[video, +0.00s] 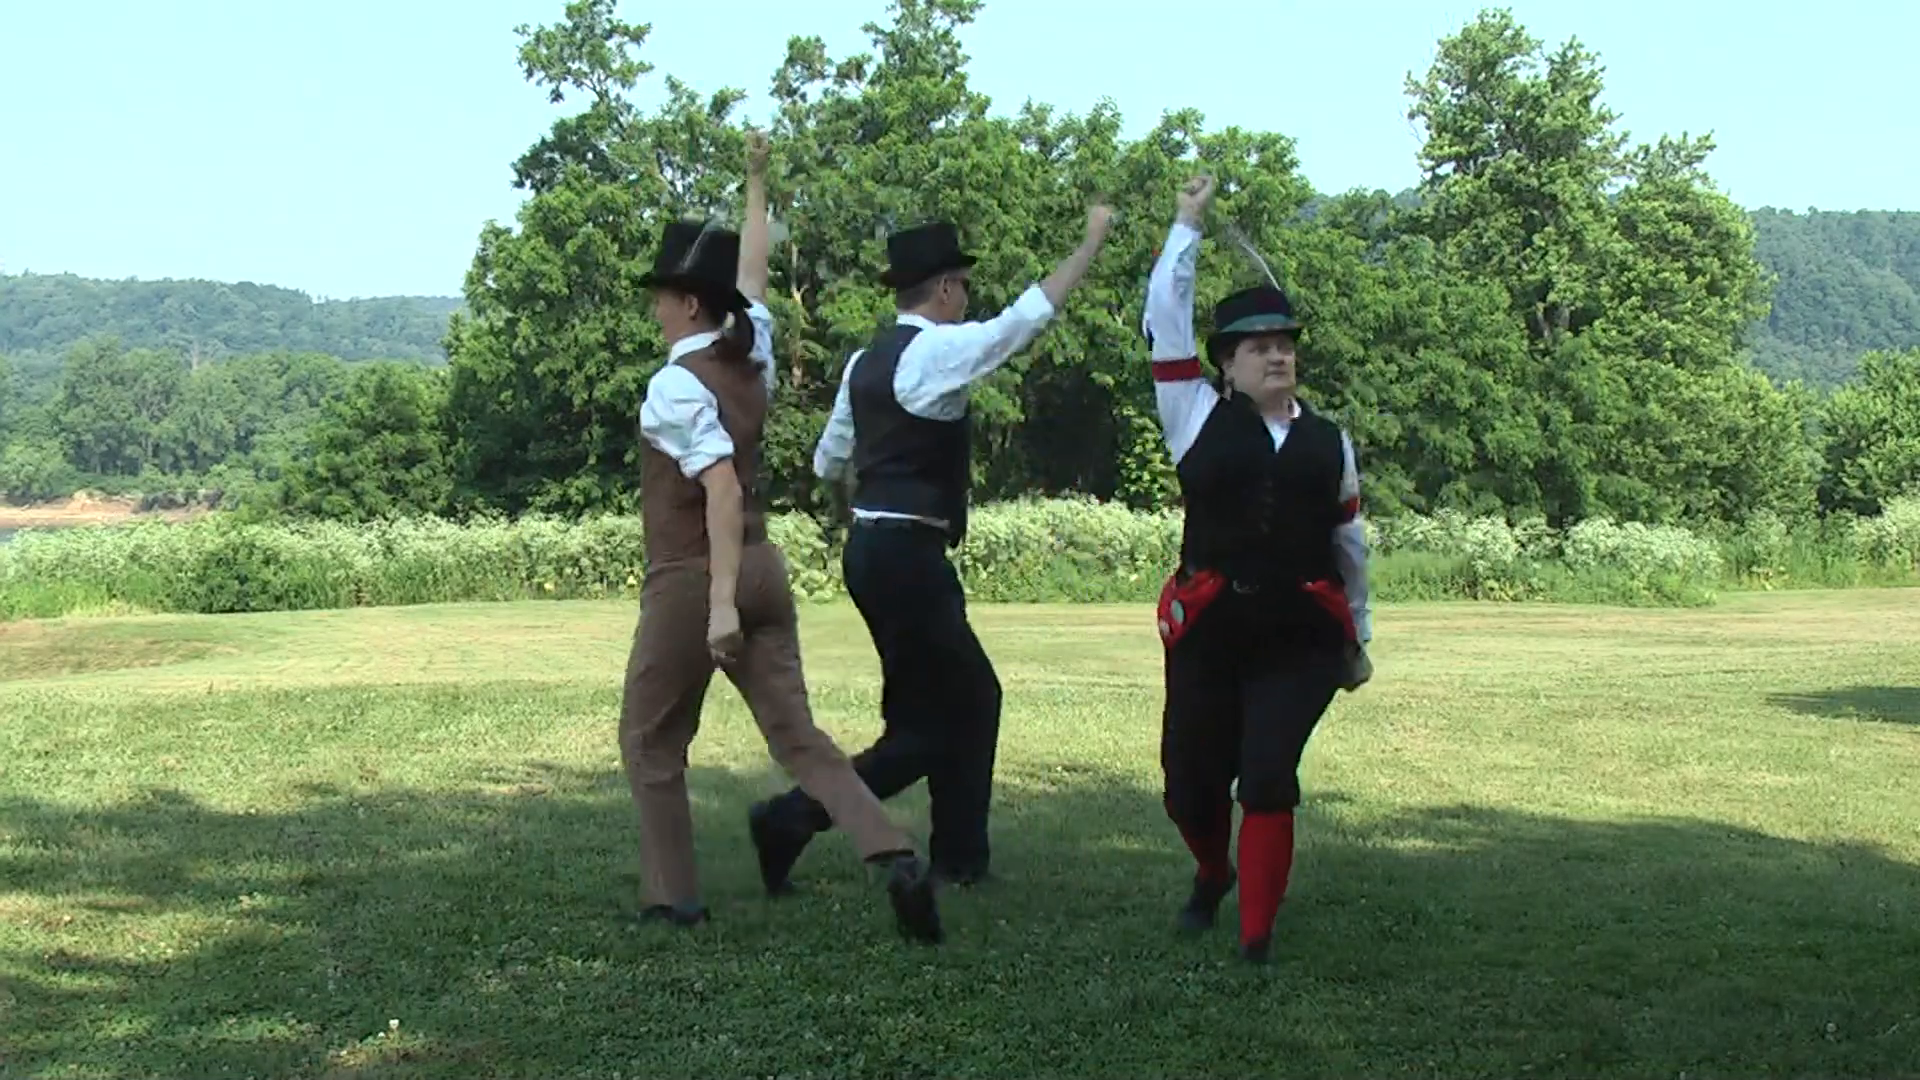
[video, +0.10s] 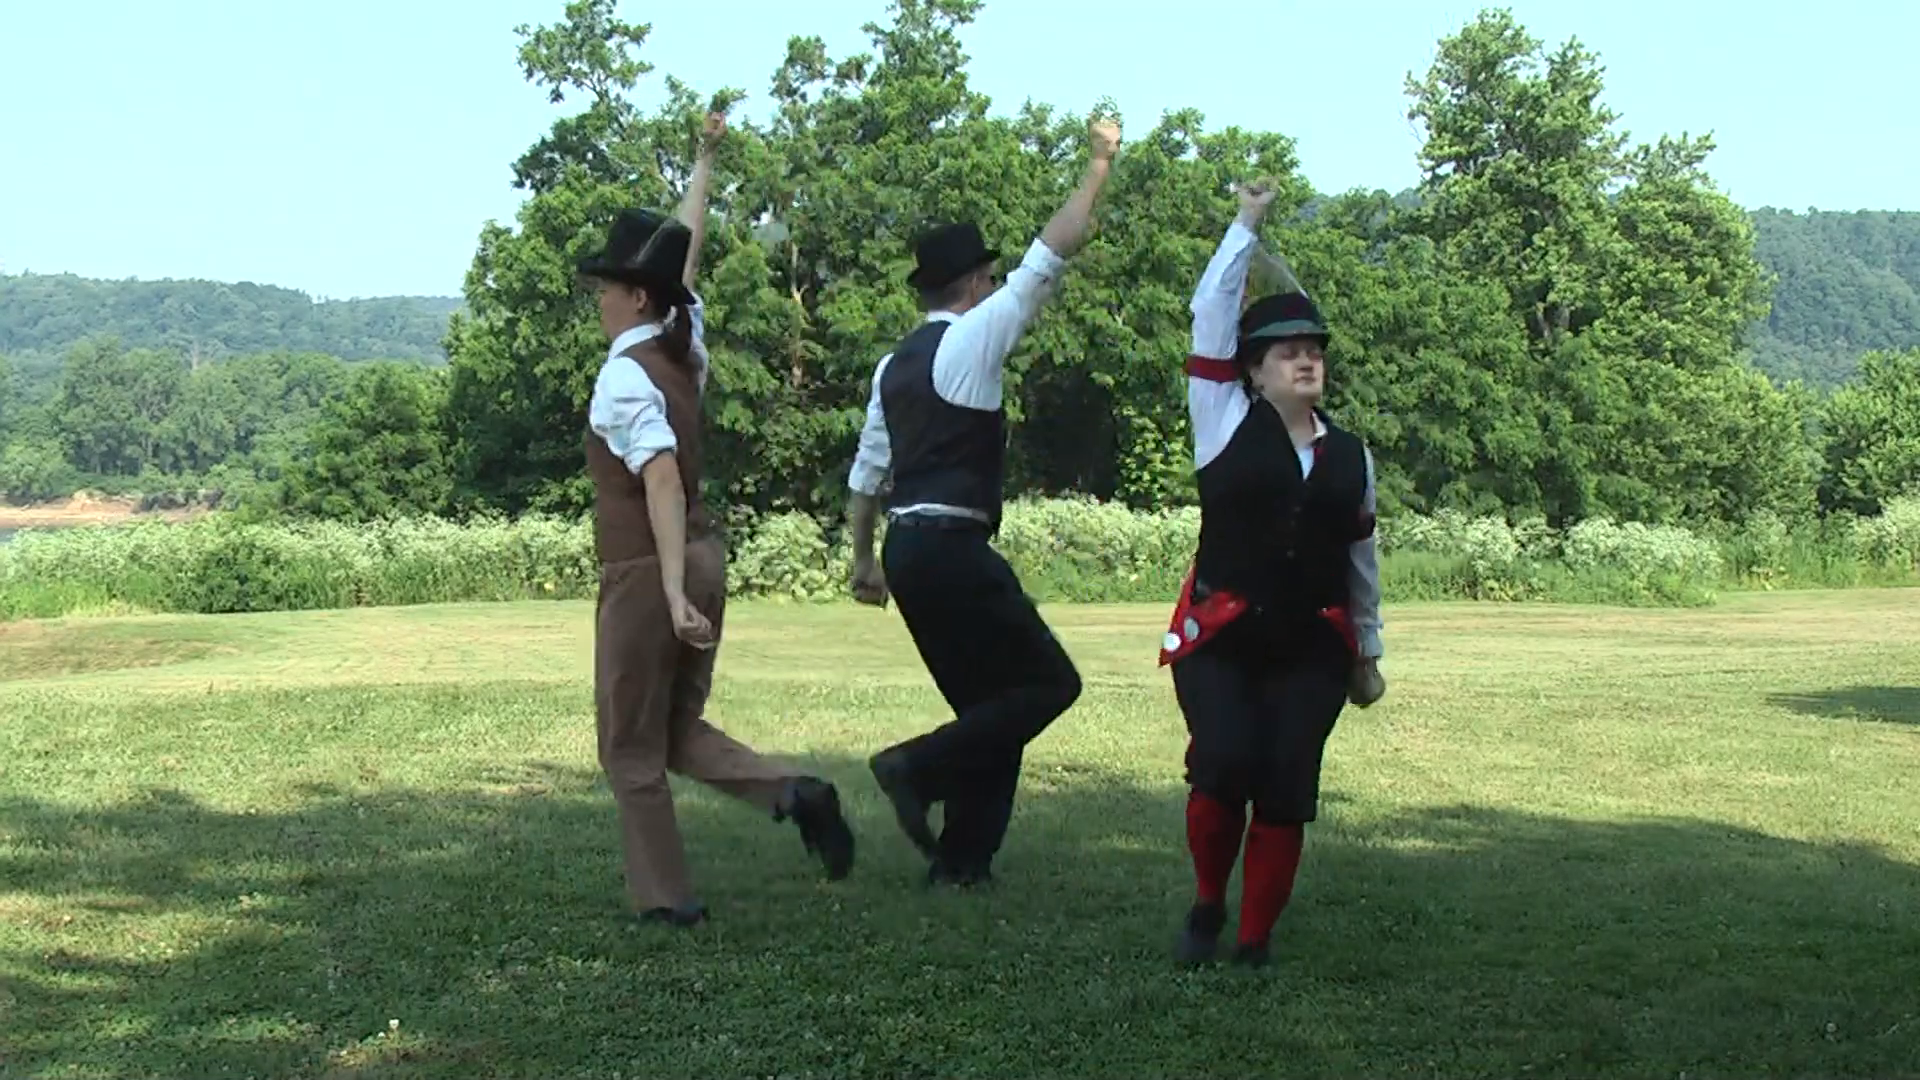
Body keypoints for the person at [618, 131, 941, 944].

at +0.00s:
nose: (655, 309)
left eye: (659, 297)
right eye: (656, 296)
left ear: (684, 305)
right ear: (712, 303)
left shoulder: (675, 384)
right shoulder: (751, 342)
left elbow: (724, 481)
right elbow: (754, 265)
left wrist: (723, 592)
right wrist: (756, 177)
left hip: (684, 580)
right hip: (755, 567)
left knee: (650, 741)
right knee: (797, 737)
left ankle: (673, 899)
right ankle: (895, 855)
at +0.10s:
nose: (597, 299)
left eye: (603, 289)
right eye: (600, 287)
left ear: (634, 297)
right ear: (655, 295)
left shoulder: (621, 378)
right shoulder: (683, 336)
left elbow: (663, 475)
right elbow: (687, 248)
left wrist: (676, 587)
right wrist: (704, 155)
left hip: (645, 576)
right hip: (697, 561)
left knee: (630, 749)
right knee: (675, 731)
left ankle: (666, 899)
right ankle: (794, 793)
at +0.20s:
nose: (551, 265)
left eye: (558, 254)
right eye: (552, 254)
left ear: (594, 257)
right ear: (604, 252)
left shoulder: (591, 326)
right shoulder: (624, 295)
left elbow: (634, 436)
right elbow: (624, 203)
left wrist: (621, 548)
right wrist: (632, 113)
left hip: (594, 530)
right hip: (605, 522)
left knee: (604, 707)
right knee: (565, 678)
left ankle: (659, 883)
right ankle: (715, 728)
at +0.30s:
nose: (504, 253)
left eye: (512, 243)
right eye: (504, 242)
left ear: (550, 245)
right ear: (553, 240)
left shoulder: (568, 319)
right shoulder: (547, 296)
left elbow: (623, 423)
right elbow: (550, 193)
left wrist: (582, 524)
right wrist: (553, 97)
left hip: (544, 520)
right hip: (524, 517)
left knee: (519, 689)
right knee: (516, 670)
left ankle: (594, 845)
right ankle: (672, 681)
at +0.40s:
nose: (459, 274)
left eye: (469, 264)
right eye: (461, 264)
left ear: (500, 266)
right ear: (504, 262)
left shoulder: (534, 350)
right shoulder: (489, 327)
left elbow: (604, 449)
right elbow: (471, 220)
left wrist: (546, 539)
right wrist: (473, 112)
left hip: (496, 550)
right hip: (458, 545)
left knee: (470, 707)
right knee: (469, 700)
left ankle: (473, 874)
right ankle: (610, 672)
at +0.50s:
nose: (427, 319)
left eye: (439, 309)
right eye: (425, 305)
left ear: (469, 313)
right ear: (425, 304)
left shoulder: (498, 396)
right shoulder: (428, 361)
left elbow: (562, 492)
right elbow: (402, 261)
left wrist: (515, 580)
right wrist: (404, 152)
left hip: (459, 595)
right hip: (405, 586)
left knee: (417, 742)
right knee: (376, 725)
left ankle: (438, 881)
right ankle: (504, 714)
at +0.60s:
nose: (405, 324)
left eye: (419, 312)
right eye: (395, 309)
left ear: (437, 315)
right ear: (373, 304)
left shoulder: (456, 401)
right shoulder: (366, 357)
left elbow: (504, 494)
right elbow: (332, 252)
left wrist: (476, 595)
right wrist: (327, 149)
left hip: (419, 597)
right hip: (359, 589)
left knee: (391, 755)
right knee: (298, 718)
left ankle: (439, 884)